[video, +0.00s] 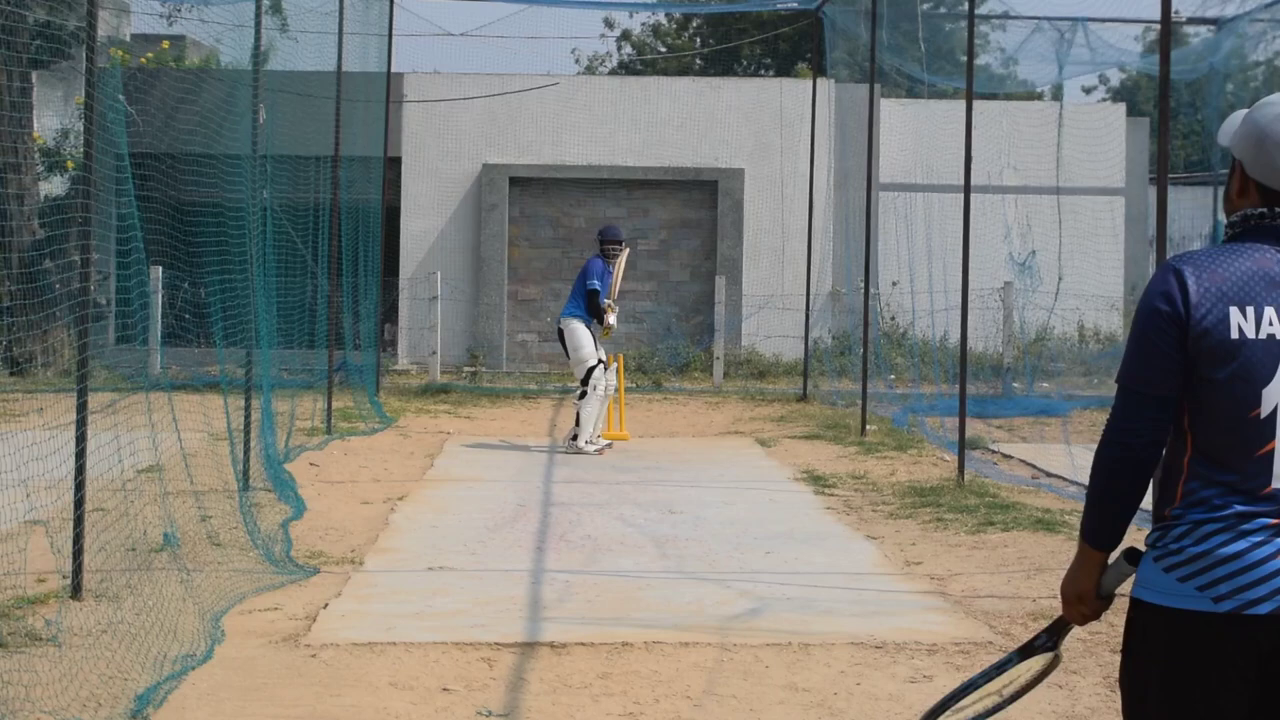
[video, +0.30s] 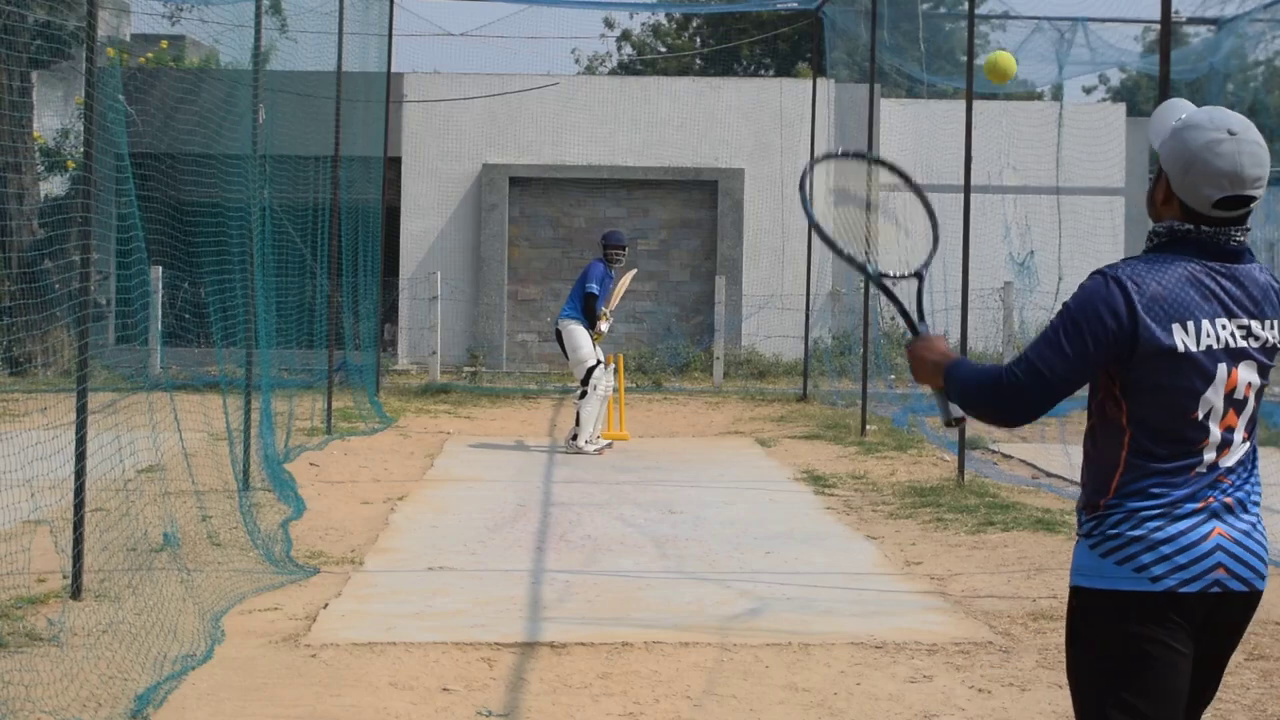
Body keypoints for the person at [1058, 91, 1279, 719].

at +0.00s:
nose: (1227, 183)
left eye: (1231, 169)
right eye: (1233, 168)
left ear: (1242, 181)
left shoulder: (1191, 281)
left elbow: (1134, 436)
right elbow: (1135, 435)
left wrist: (1089, 557)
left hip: (1206, 592)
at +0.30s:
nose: (1152, 180)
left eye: (1157, 170)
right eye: (1159, 167)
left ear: (1166, 191)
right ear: (1245, 201)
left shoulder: (1123, 292)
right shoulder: (1265, 291)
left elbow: (1014, 398)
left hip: (1134, 577)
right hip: (1238, 574)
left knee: (1121, 709)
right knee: (1175, 708)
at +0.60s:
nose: (1078, 245)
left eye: (1082, 237)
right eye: (1084, 235)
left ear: (1088, 251)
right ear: (1162, 262)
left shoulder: (1023, 334)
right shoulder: (1192, 350)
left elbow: (987, 423)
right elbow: (1211, 475)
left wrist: (956, 381)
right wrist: (1222, 513)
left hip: (1078, 566)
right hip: (1180, 572)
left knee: (1096, 707)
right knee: (1134, 708)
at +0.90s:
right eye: (1114, 249)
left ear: (1042, 256)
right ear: (1115, 257)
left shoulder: (991, 328)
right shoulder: (1145, 322)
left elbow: (993, 441)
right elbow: (1194, 430)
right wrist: (1228, 480)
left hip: (1030, 518)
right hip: (1134, 520)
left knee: (1038, 700)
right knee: (1114, 698)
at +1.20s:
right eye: (1098, 215)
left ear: (1026, 217)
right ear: (1100, 224)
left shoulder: (966, 293)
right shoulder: (1129, 303)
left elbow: (934, 430)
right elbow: (1156, 424)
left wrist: (945, 528)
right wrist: (1169, 479)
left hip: (1005, 513)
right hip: (1110, 519)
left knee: (1002, 700)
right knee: (1091, 698)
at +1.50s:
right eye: (1072, 193)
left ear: (998, 197)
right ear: (1076, 202)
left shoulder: (938, 275)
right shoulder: (1107, 291)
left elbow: (893, 411)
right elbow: (1139, 417)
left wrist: (901, 513)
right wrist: (1147, 476)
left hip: (976, 518)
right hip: (1084, 523)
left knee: (983, 701)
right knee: (1069, 698)